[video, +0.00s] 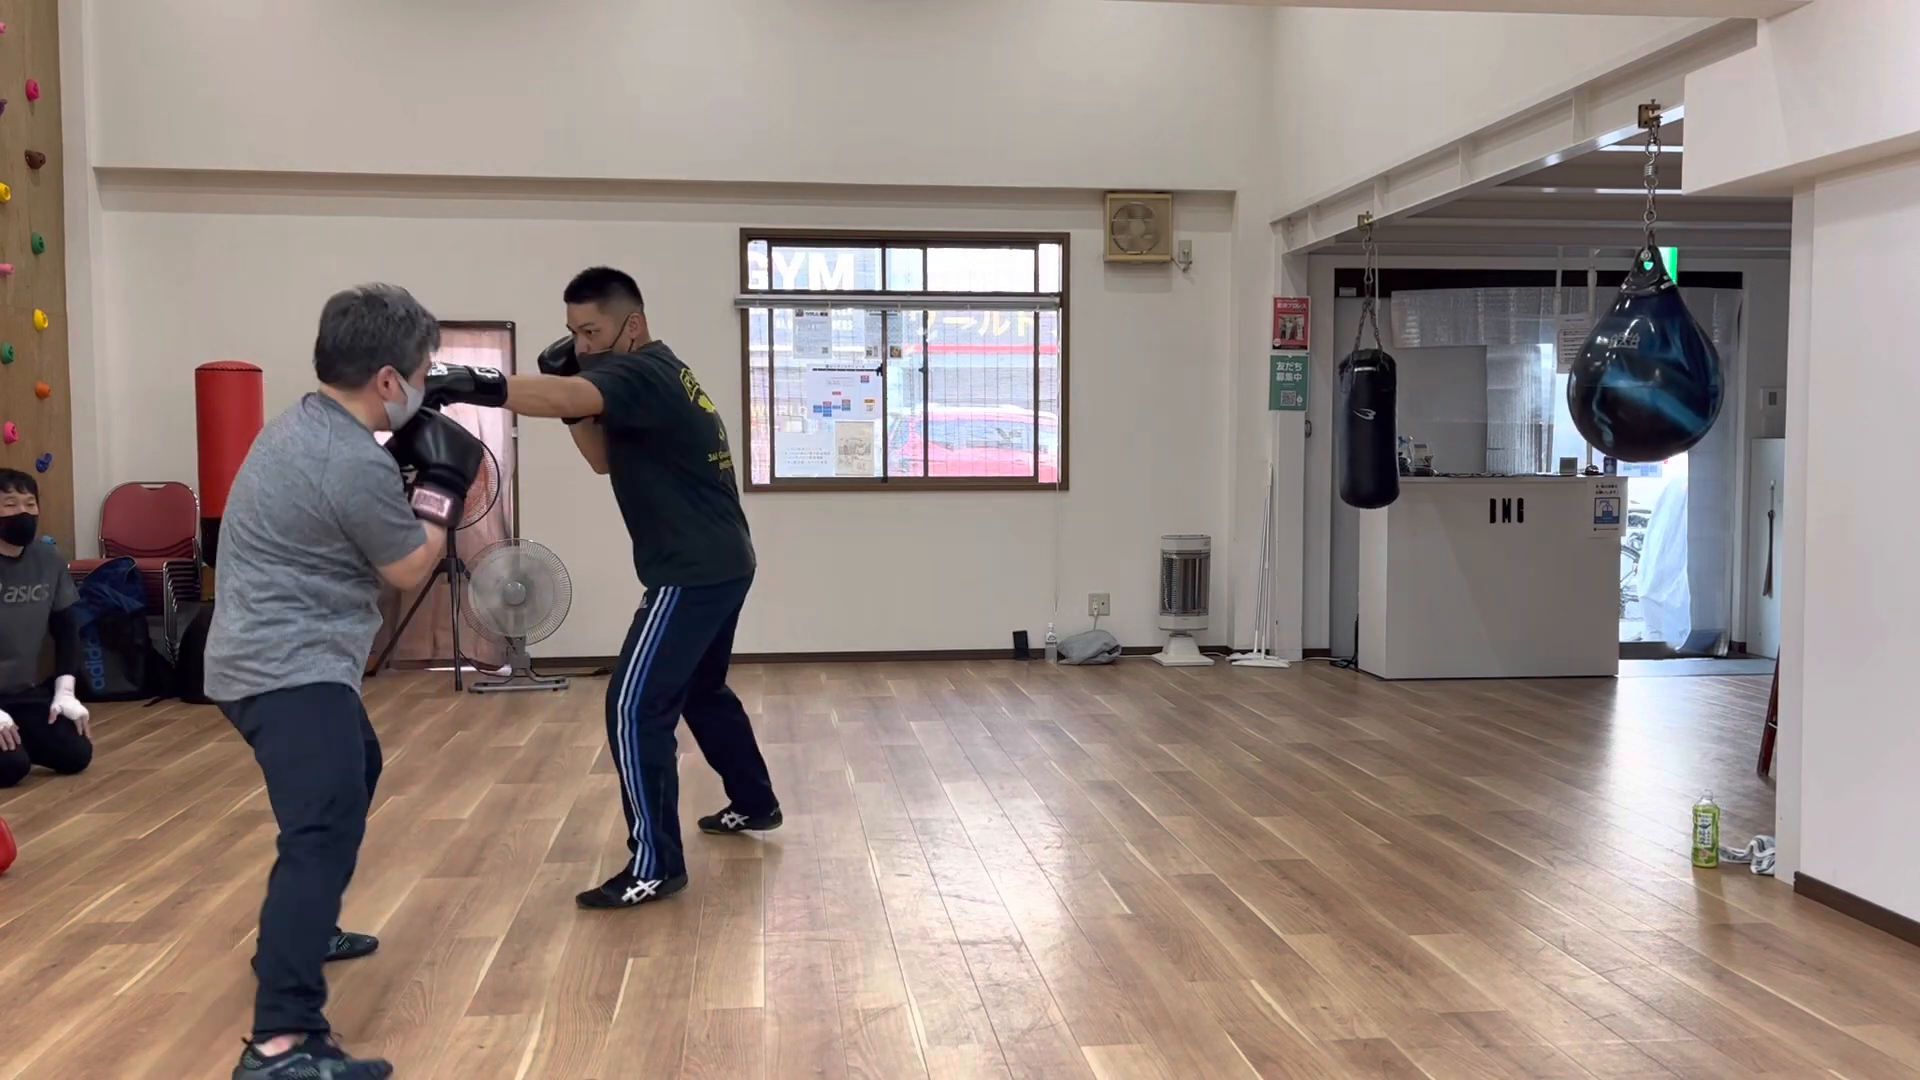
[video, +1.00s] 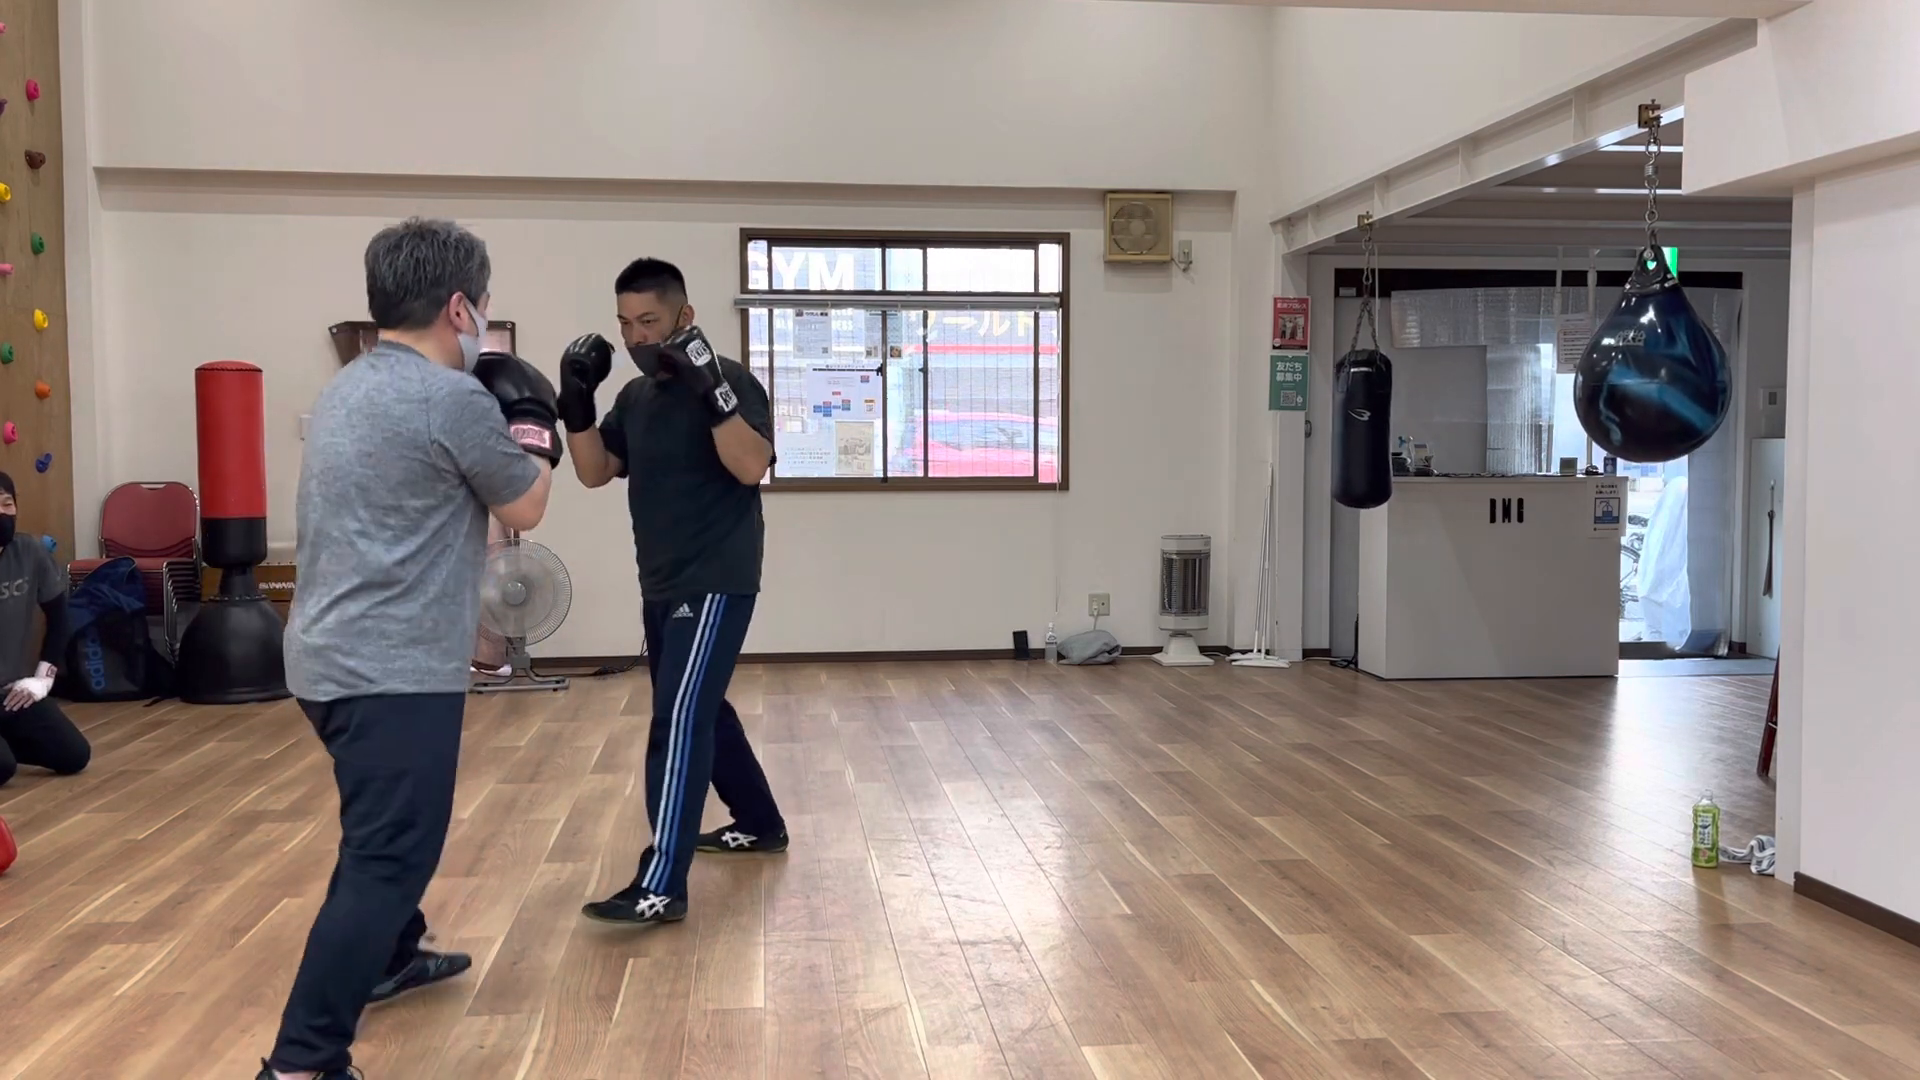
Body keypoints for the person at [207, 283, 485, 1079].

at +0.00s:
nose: (422, 387)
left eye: (424, 373)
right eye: (419, 373)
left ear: (336, 365)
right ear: (386, 382)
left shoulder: (297, 423)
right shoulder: (354, 461)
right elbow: (408, 572)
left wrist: (399, 461)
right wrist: (450, 506)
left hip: (255, 653)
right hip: (292, 668)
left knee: (358, 764)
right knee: (322, 827)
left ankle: (304, 923)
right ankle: (282, 1038)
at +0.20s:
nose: (440, 387)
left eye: (442, 371)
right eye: (438, 372)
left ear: (349, 363)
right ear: (407, 381)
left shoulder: (311, 428)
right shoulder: (374, 471)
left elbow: (344, 513)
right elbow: (433, 589)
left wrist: (412, 469)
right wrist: (468, 520)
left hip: (291, 663)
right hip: (306, 685)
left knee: (394, 766)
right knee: (356, 852)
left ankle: (322, 913)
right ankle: (283, 1054)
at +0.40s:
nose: (446, 358)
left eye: (448, 345)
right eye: (444, 344)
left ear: (346, 343)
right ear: (419, 348)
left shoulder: (305, 429)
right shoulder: (411, 438)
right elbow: (475, 553)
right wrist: (491, 500)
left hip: (299, 676)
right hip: (362, 685)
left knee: (422, 758)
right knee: (370, 858)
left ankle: (403, 925)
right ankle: (284, 1054)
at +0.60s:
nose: (486, 387)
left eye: (486, 372)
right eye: (483, 372)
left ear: (402, 360)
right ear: (458, 375)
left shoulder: (362, 417)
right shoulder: (434, 462)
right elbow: (492, 562)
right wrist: (503, 491)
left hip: (332, 664)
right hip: (368, 679)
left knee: (440, 758)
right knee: (403, 844)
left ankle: (428, 930)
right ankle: (316, 1049)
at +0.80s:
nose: (480, 370)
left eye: (481, 356)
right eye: (478, 356)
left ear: (382, 355)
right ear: (455, 365)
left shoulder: (339, 432)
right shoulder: (438, 460)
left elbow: (323, 534)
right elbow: (512, 558)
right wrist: (520, 488)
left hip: (330, 685)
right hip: (384, 699)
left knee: (442, 777)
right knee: (406, 880)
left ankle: (432, 927)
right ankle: (309, 1061)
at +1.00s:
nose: (484, 317)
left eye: (485, 304)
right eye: (482, 303)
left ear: (379, 306)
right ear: (458, 308)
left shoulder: (339, 392)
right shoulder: (449, 397)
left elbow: (410, 499)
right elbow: (527, 506)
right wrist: (535, 444)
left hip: (325, 662)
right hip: (399, 672)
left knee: (392, 821)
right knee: (385, 863)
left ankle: (389, 955)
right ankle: (302, 1059)